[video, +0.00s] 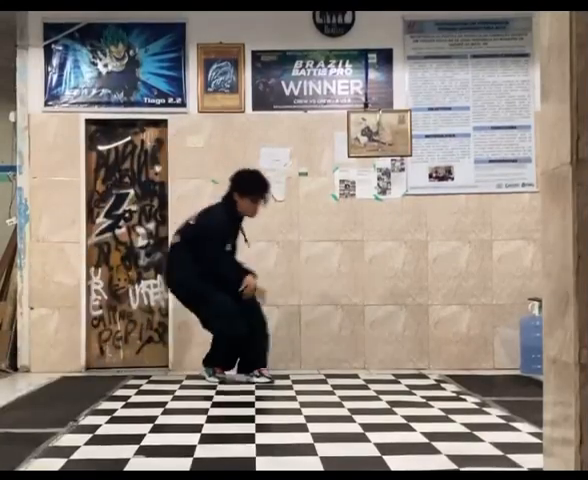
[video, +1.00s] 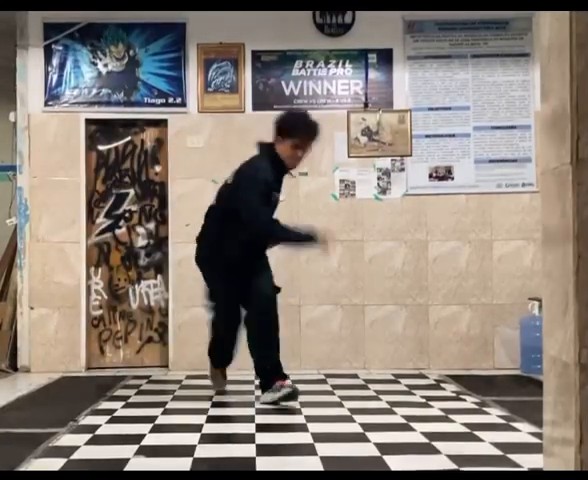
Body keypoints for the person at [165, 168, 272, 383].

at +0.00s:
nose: (257, 207)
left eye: (260, 201)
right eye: (254, 201)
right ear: (238, 196)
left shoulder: (232, 218)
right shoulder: (219, 219)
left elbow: (226, 258)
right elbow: (217, 262)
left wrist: (246, 275)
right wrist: (242, 281)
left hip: (206, 271)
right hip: (184, 274)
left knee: (251, 311)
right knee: (229, 316)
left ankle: (251, 366)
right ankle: (215, 365)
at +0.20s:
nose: (261, 184)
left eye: (264, 178)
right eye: (258, 177)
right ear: (242, 170)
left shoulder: (255, 200)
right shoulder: (206, 187)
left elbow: (249, 221)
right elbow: (169, 211)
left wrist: (258, 241)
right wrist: (198, 241)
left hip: (234, 258)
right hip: (201, 258)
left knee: (256, 305)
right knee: (223, 301)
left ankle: (260, 357)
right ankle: (216, 350)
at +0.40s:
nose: (232, 188)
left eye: (236, 182)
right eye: (227, 181)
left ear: (240, 179)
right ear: (210, 175)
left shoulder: (251, 206)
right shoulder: (196, 189)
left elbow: (261, 233)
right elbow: (180, 197)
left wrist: (259, 251)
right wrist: (162, 201)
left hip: (241, 275)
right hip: (208, 274)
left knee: (244, 322)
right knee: (201, 325)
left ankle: (289, 369)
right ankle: (220, 381)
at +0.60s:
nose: (223, 180)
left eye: (228, 174)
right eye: (218, 173)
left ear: (235, 170)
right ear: (205, 166)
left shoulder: (246, 189)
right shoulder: (195, 178)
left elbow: (268, 196)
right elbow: (182, 168)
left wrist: (266, 231)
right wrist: (160, 174)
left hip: (246, 264)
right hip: (212, 265)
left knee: (251, 311)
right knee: (205, 325)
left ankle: (286, 358)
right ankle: (221, 380)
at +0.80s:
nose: (272, 144)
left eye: (277, 138)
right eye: (267, 137)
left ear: (280, 137)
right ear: (250, 131)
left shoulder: (272, 164)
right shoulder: (217, 160)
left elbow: (258, 192)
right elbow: (183, 199)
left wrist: (265, 218)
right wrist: (206, 220)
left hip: (247, 238)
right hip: (212, 239)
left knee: (259, 297)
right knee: (221, 299)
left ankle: (266, 366)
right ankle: (226, 362)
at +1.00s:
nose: (300, 155)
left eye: (305, 149)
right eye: (296, 147)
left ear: (307, 147)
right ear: (279, 140)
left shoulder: (273, 171)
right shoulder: (257, 173)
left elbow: (252, 223)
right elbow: (259, 227)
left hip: (248, 252)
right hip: (220, 253)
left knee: (264, 305)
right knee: (229, 312)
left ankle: (271, 380)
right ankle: (218, 363)